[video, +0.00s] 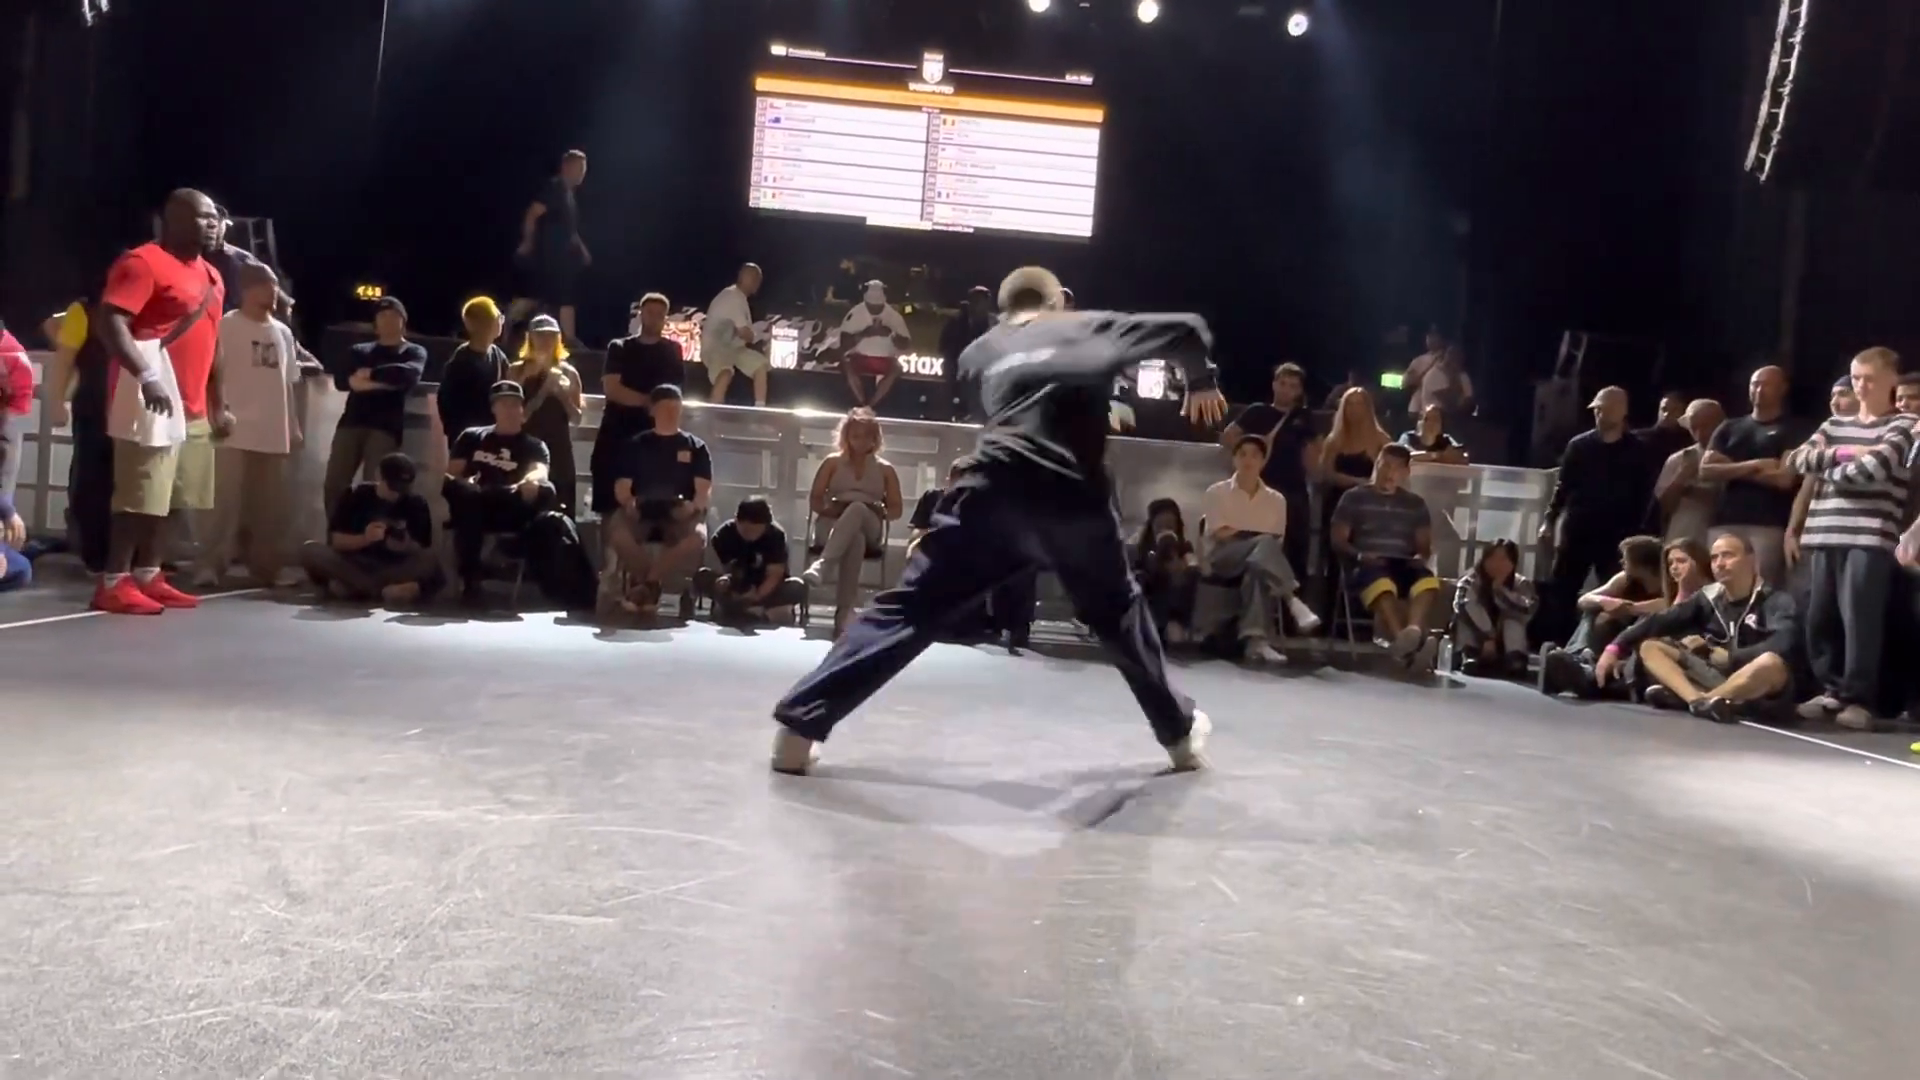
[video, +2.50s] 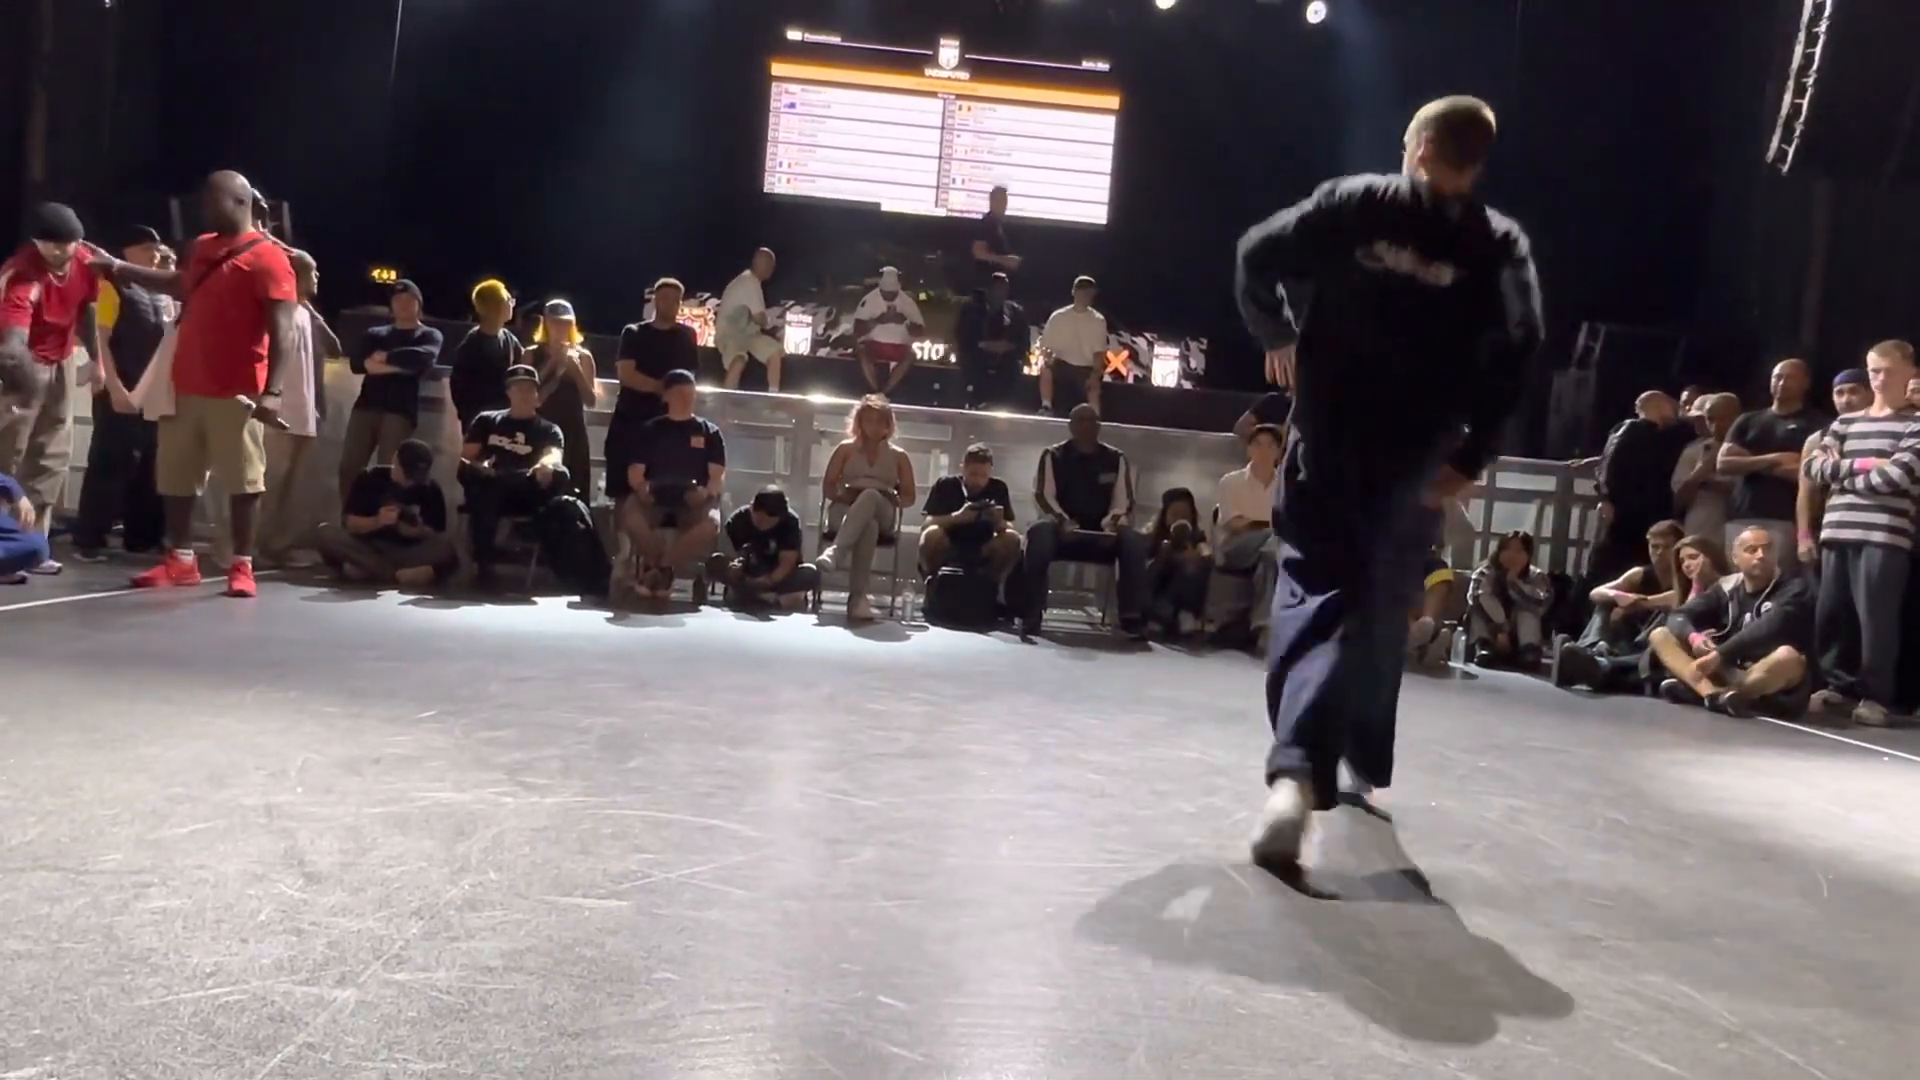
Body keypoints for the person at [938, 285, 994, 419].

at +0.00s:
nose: (979, 307)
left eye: (983, 302)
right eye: (975, 302)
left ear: (988, 304)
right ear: (970, 303)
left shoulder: (992, 322)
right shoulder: (958, 321)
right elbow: (946, 345)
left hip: (981, 364)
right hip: (956, 362)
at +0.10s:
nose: (980, 306)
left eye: (984, 301)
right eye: (976, 301)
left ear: (990, 302)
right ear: (970, 301)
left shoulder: (1001, 322)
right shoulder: (958, 321)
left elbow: (1007, 355)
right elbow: (948, 348)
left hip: (993, 388)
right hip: (965, 387)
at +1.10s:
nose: (991, 297)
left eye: (994, 292)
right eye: (986, 292)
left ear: (1000, 293)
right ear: (980, 293)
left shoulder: (1012, 313)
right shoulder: (969, 312)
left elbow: (1021, 346)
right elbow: (958, 339)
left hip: (1004, 381)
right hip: (975, 379)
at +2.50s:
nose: (999, 293)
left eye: (1003, 288)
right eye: (996, 288)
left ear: (1008, 291)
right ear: (989, 289)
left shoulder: (1015, 311)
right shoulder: (974, 309)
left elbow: (1023, 345)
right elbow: (965, 342)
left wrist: (1005, 347)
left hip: (1006, 377)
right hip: (979, 375)